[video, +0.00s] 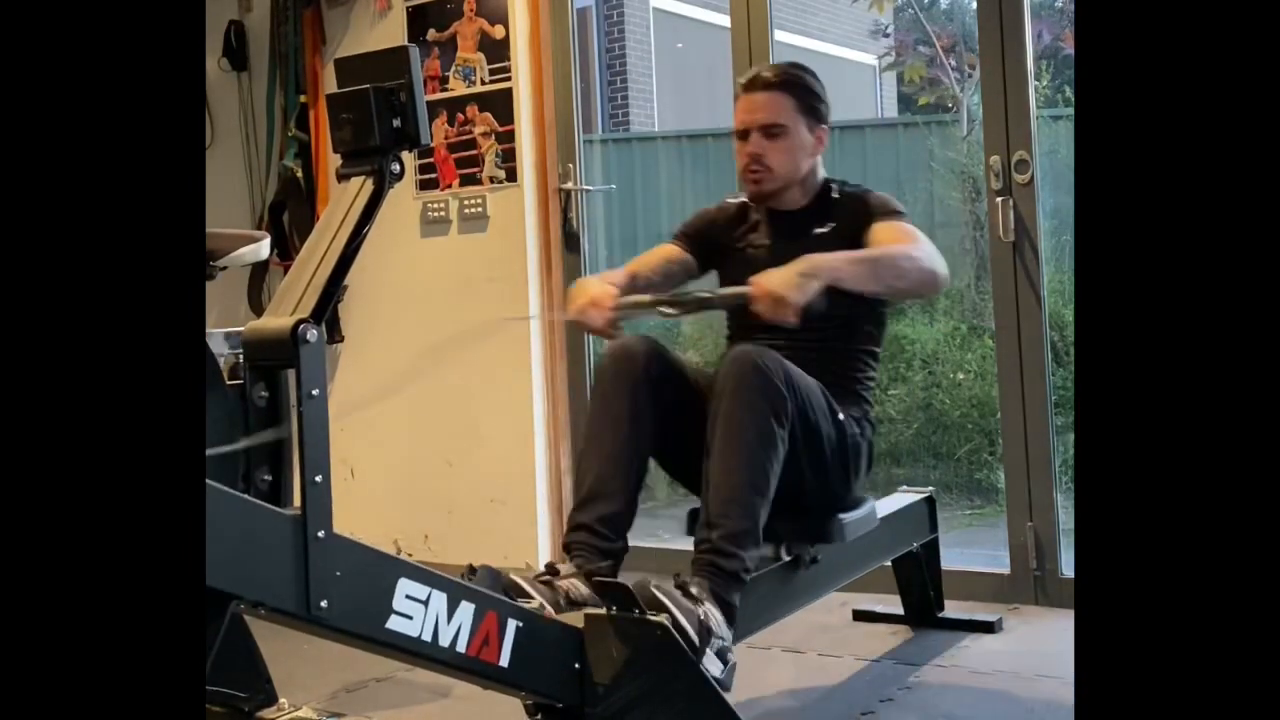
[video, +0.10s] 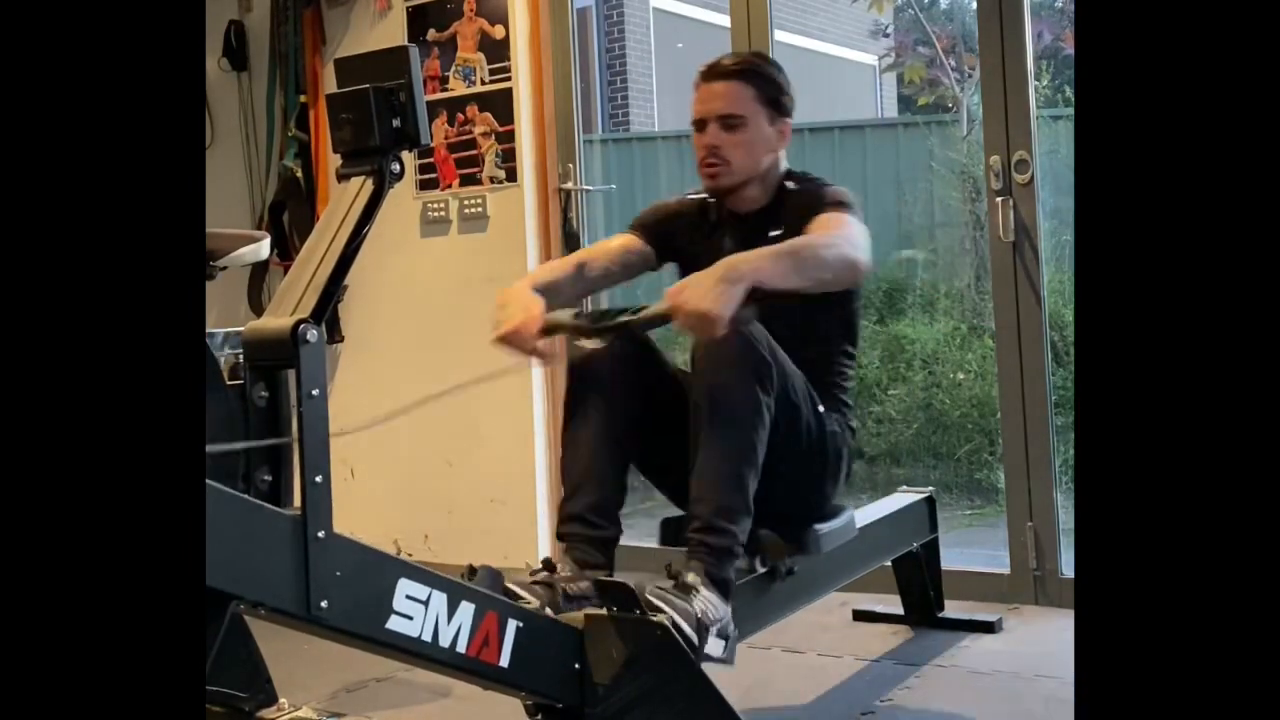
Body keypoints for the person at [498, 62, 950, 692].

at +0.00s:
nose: (751, 151)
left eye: (769, 133)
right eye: (742, 135)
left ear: (818, 139)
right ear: (732, 142)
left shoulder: (862, 212)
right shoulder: (725, 225)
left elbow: (928, 270)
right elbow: (640, 276)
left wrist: (819, 268)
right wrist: (597, 289)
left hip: (826, 458)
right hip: (733, 450)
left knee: (749, 363)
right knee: (632, 356)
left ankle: (710, 604)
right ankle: (585, 572)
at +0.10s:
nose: (709, 142)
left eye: (730, 124)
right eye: (700, 127)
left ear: (781, 134)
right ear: (690, 137)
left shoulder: (817, 203)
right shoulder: (684, 222)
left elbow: (848, 255)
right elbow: (592, 267)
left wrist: (736, 273)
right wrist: (525, 291)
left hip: (801, 470)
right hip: (708, 465)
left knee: (734, 339)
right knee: (605, 347)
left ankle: (706, 588)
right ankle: (580, 570)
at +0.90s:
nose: (833, 177)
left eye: (849, 161)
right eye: (823, 165)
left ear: (888, 165)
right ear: (813, 171)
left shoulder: (920, 229)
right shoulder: (801, 237)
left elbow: (960, 299)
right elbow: (736, 288)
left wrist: (883, 290)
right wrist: (698, 300)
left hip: (867, 409)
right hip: (781, 404)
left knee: (790, 462)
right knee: (688, 463)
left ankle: (719, 621)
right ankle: (580, 592)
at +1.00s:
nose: (825, 184)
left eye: (840, 169)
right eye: (815, 171)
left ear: (883, 167)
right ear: (809, 173)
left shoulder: (926, 234)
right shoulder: (804, 241)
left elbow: (1022, 307)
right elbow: (742, 300)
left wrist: (931, 295)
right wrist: (734, 313)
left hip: (870, 414)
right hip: (778, 406)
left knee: (785, 446)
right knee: (685, 443)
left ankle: (716, 625)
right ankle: (591, 591)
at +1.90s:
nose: (728, 145)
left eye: (748, 129)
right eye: (720, 132)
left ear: (797, 137)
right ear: (712, 140)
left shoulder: (829, 200)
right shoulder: (701, 217)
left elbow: (804, 264)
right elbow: (620, 270)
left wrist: (732, 306)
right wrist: (540, 315)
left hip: (811, 465)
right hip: (724, 458)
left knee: (745, 342)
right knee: (618, 353)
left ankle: (703, 592)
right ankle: (581, 573)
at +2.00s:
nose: (771, 145)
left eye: (790, 129)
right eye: (763, 133)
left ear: (838, 140)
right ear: (754, 144)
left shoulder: (866, 202)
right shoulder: (742, 217)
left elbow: (849, 262)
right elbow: (669, 267)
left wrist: (787, 294)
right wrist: (603, 306)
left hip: (846, 436)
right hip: (755, 423)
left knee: (770, 380)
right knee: (650, 385)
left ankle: (708, 608)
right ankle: (583, 577)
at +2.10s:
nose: (807, 153)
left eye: (825, 138)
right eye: (798, 141)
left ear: (869, 145)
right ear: (790, 148)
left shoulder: (898, 208)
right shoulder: (773, 219)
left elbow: (907, 273)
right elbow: (704, 273)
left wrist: (842, 285)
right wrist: (653, 296)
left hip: (861, 405)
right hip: (774, 399)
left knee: (786, 449)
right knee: (675, 441)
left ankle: (715, 620)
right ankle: (583, 592)